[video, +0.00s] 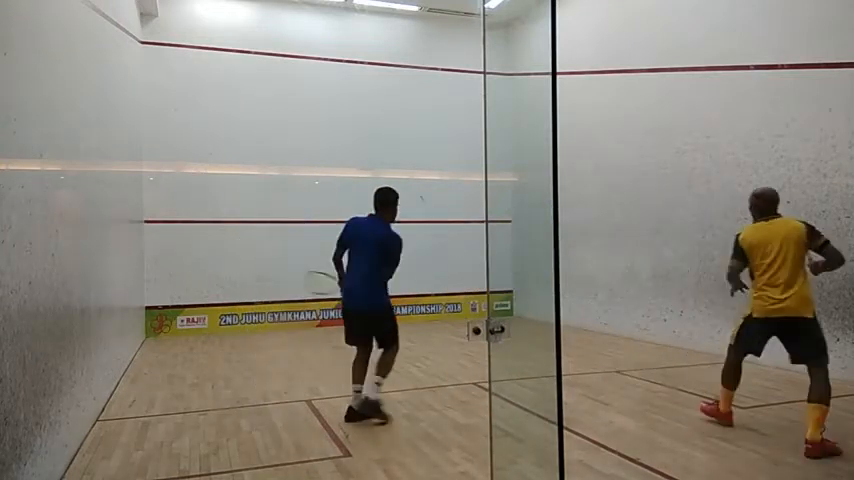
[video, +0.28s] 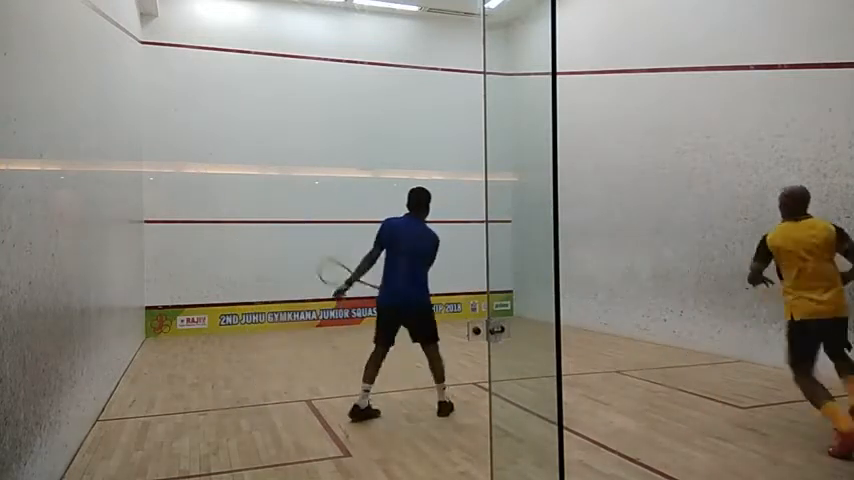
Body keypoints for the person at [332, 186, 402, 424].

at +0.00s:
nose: (397, 211)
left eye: (396, 206)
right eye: (395, 206)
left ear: (375, 205)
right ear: (390, 207)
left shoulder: (354, 225)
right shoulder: (393, 239)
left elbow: (337, 256)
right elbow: (388, 274)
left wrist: (341, 277)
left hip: (352, 302)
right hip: (377, 303)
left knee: (363, 349)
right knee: (391, 346)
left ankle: (357, 402)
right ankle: (372, 395)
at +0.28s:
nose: (426, 210)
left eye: (423, 205)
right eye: (427, 206)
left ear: (407, 205)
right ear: (427, 208)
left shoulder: (390, 226)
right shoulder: (431, 238)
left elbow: (371, 258)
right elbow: (421, 271)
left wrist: (346, 285)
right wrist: (390, 286)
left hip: (388, 302)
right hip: (417, 304)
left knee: (380, 350)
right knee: (431, 349)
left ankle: (362, 403)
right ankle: (443, 400)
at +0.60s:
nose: (459, 205)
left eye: (457, 201)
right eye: (459, 202)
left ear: (437, 202)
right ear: (457, 204)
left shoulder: (422, 223)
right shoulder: (463, 234)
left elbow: (419, 259)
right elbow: (472, 268)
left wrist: (414, 290)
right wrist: (482, 287)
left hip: (424, 296)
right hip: (451, 298)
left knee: (424, 346)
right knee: (450, 348)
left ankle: (437, 388)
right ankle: (445, 395)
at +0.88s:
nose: (478, 205)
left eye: (477, 201)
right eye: (477, 201)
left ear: (455, 203)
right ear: (474, 202)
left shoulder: (445, 231)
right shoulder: (488, 231)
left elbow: (435, 265)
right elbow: (506, 265)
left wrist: (420, 291)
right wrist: (528, 294)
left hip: (462, 300)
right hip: (486, 299)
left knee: (470, 352)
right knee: (477, 349)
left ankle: (481, 409)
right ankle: (472, 397)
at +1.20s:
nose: (504, 210)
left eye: (496, 206)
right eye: (504, 206)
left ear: (487, 207)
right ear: (506, 208)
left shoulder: (477, 233)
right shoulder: (520, 235)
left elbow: (468, 269)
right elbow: (530, 275)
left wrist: (452, 294)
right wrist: (543, 306)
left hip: (490, 305)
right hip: (519, 305)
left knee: (476, 355)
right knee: (537, 348)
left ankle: (483, 411)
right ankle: (563, 398)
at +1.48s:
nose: (552, 217)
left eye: (551, 213)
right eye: (552, 213)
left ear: (531, 210)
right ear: (549, 213)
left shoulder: (511, 231)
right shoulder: (552, 237)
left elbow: (492, 265)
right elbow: (565, 273)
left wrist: (497, 294)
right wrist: (596, 299)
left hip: (512, 305)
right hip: (542, 306)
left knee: (506, 348)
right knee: (562, 350)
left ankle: (496, 401)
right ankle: (580, 403)